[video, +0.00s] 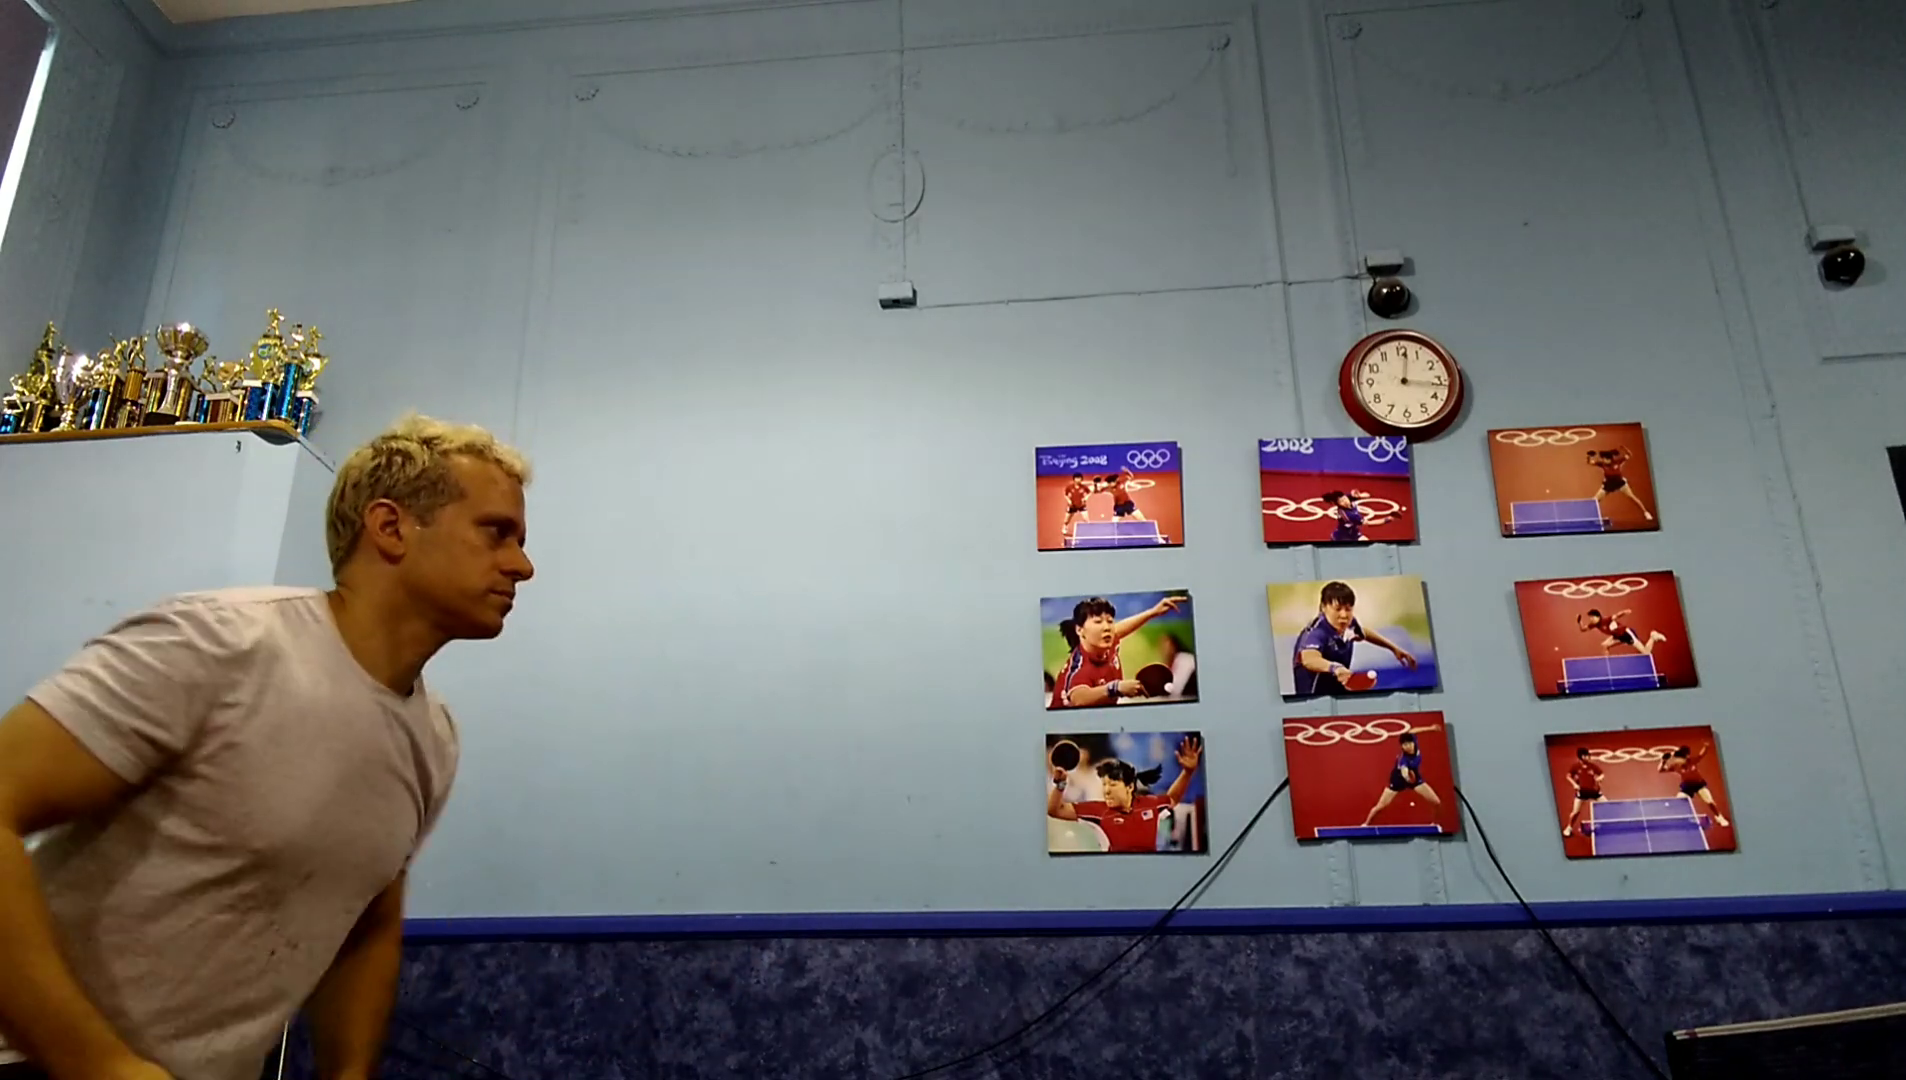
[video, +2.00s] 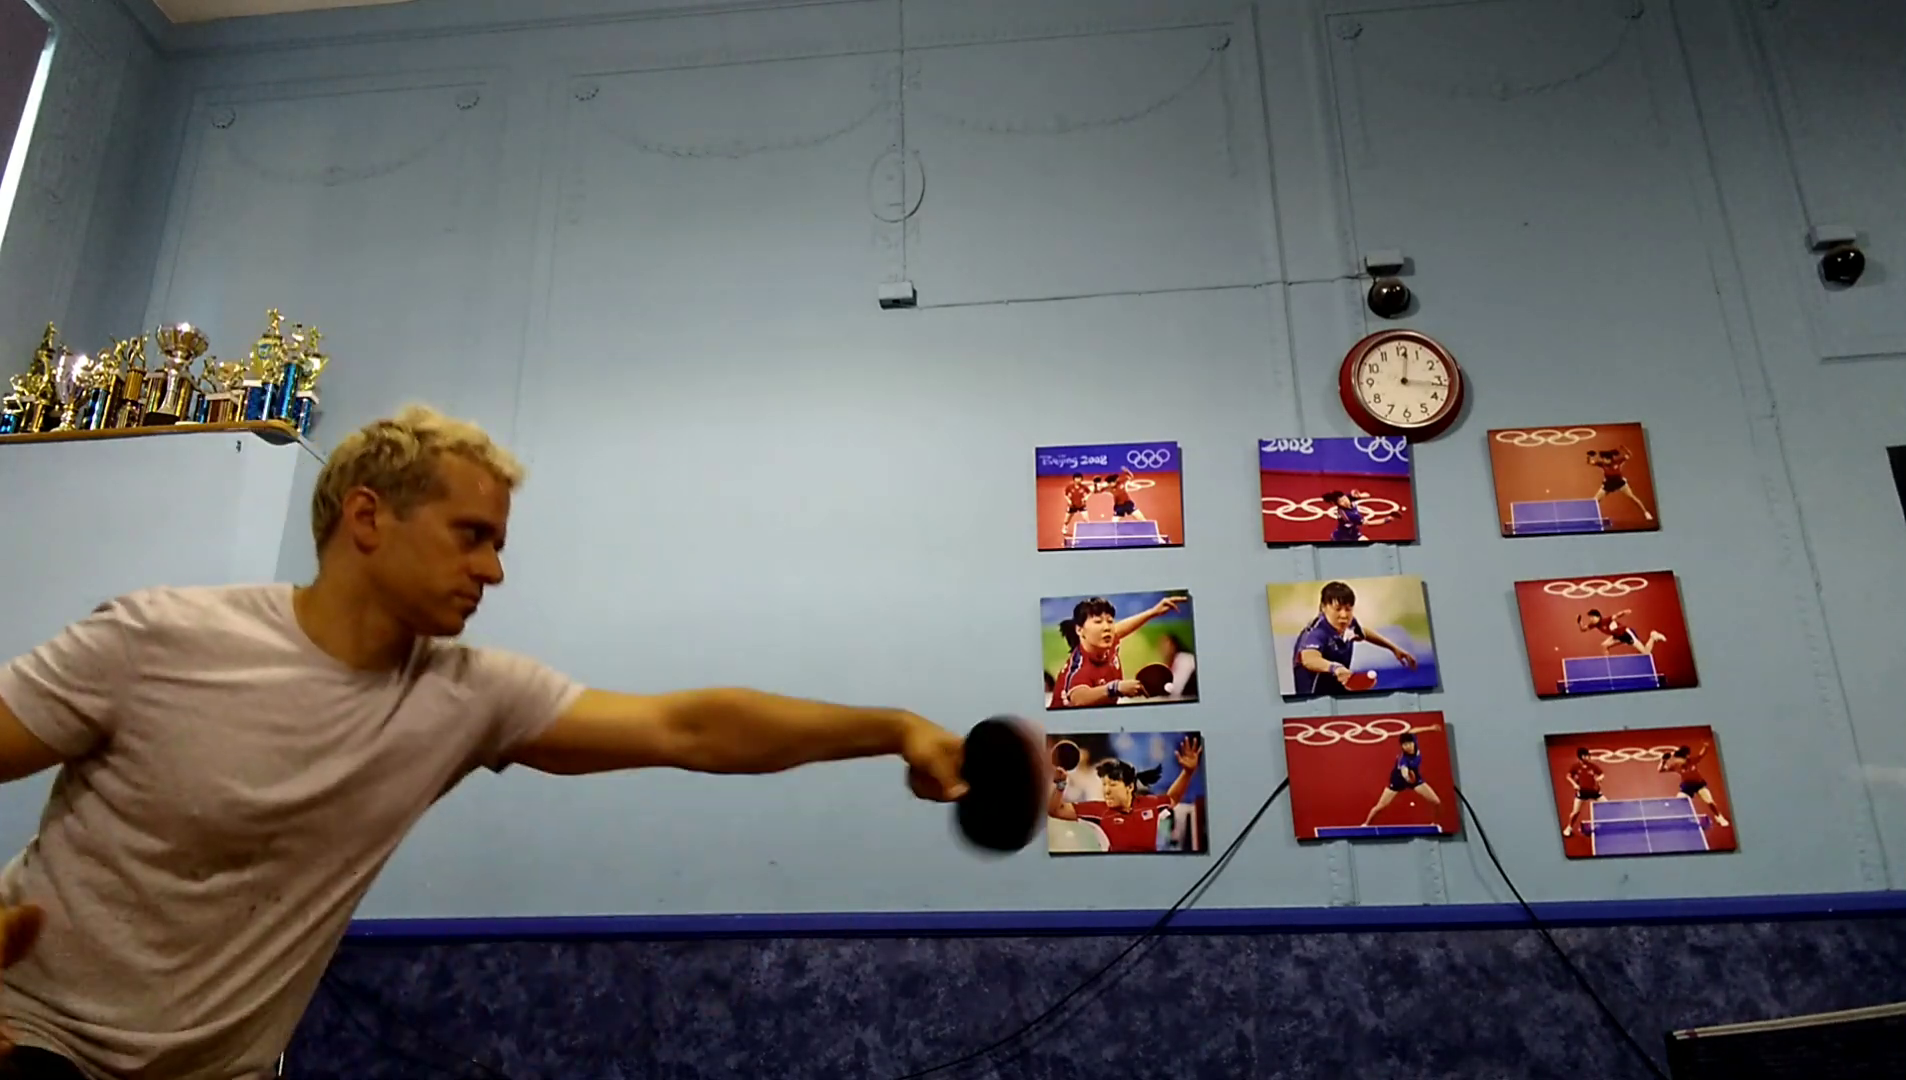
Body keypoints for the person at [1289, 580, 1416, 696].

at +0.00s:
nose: (1344, 615)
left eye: (1348, 609)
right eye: (1338, 609)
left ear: (1353, 609)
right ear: (1324, 608)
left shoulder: (1349, 624)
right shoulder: (1315, 632)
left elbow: (1364, 634)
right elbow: (1309, 660)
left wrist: (1395, 649)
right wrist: (1335, 668)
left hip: (1341, 705)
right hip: (1314, 708)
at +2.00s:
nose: (1344, 615)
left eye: (1348, 609)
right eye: (1338, 609)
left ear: (1353, 609)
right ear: (1324, 608)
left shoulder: (1349, 624)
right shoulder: (1316, 633)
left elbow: (1364, 634)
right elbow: (1309, 660)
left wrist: (1395, 649)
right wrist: (1335, 668)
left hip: (1341, 704)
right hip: (1314, 708)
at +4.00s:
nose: (1344, 615)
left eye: (1348, 609)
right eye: (1338, 609)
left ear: (1353, 609)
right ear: (1324, 608)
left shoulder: (1349, 624)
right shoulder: (1315, 633)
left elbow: (1364, 634)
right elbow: (1309, 660)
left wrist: (1395, 649)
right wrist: (1335, 668)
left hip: (1341, 704)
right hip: (1314, 708)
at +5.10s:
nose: (1344, 615)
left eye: (1348, 609)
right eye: (1338, 609)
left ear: (1353, 609)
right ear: (1324, 608)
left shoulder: (1349, 624)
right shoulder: (1316, 632)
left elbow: (1364, 634)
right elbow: (1309, 660)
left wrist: (1395, 649)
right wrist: (1335, 668)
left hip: (1341, 703)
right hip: (1314, 708)